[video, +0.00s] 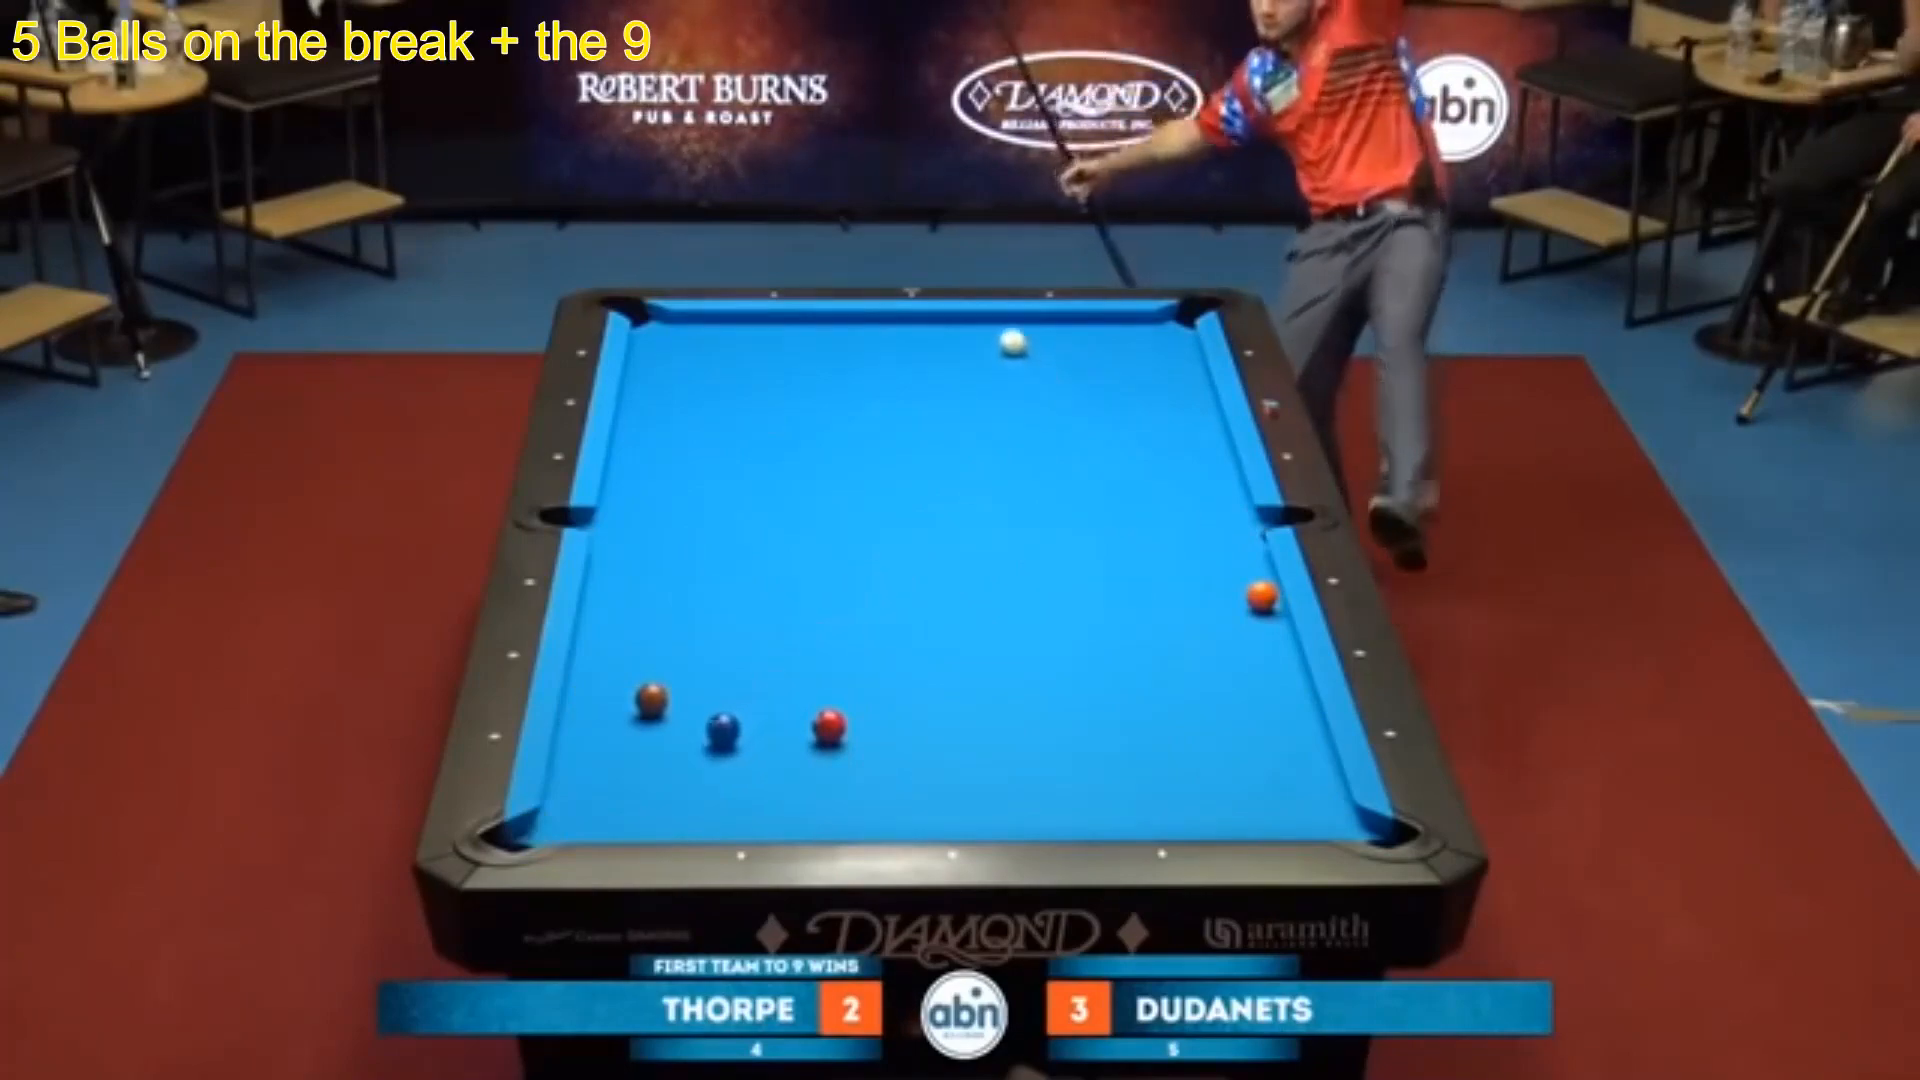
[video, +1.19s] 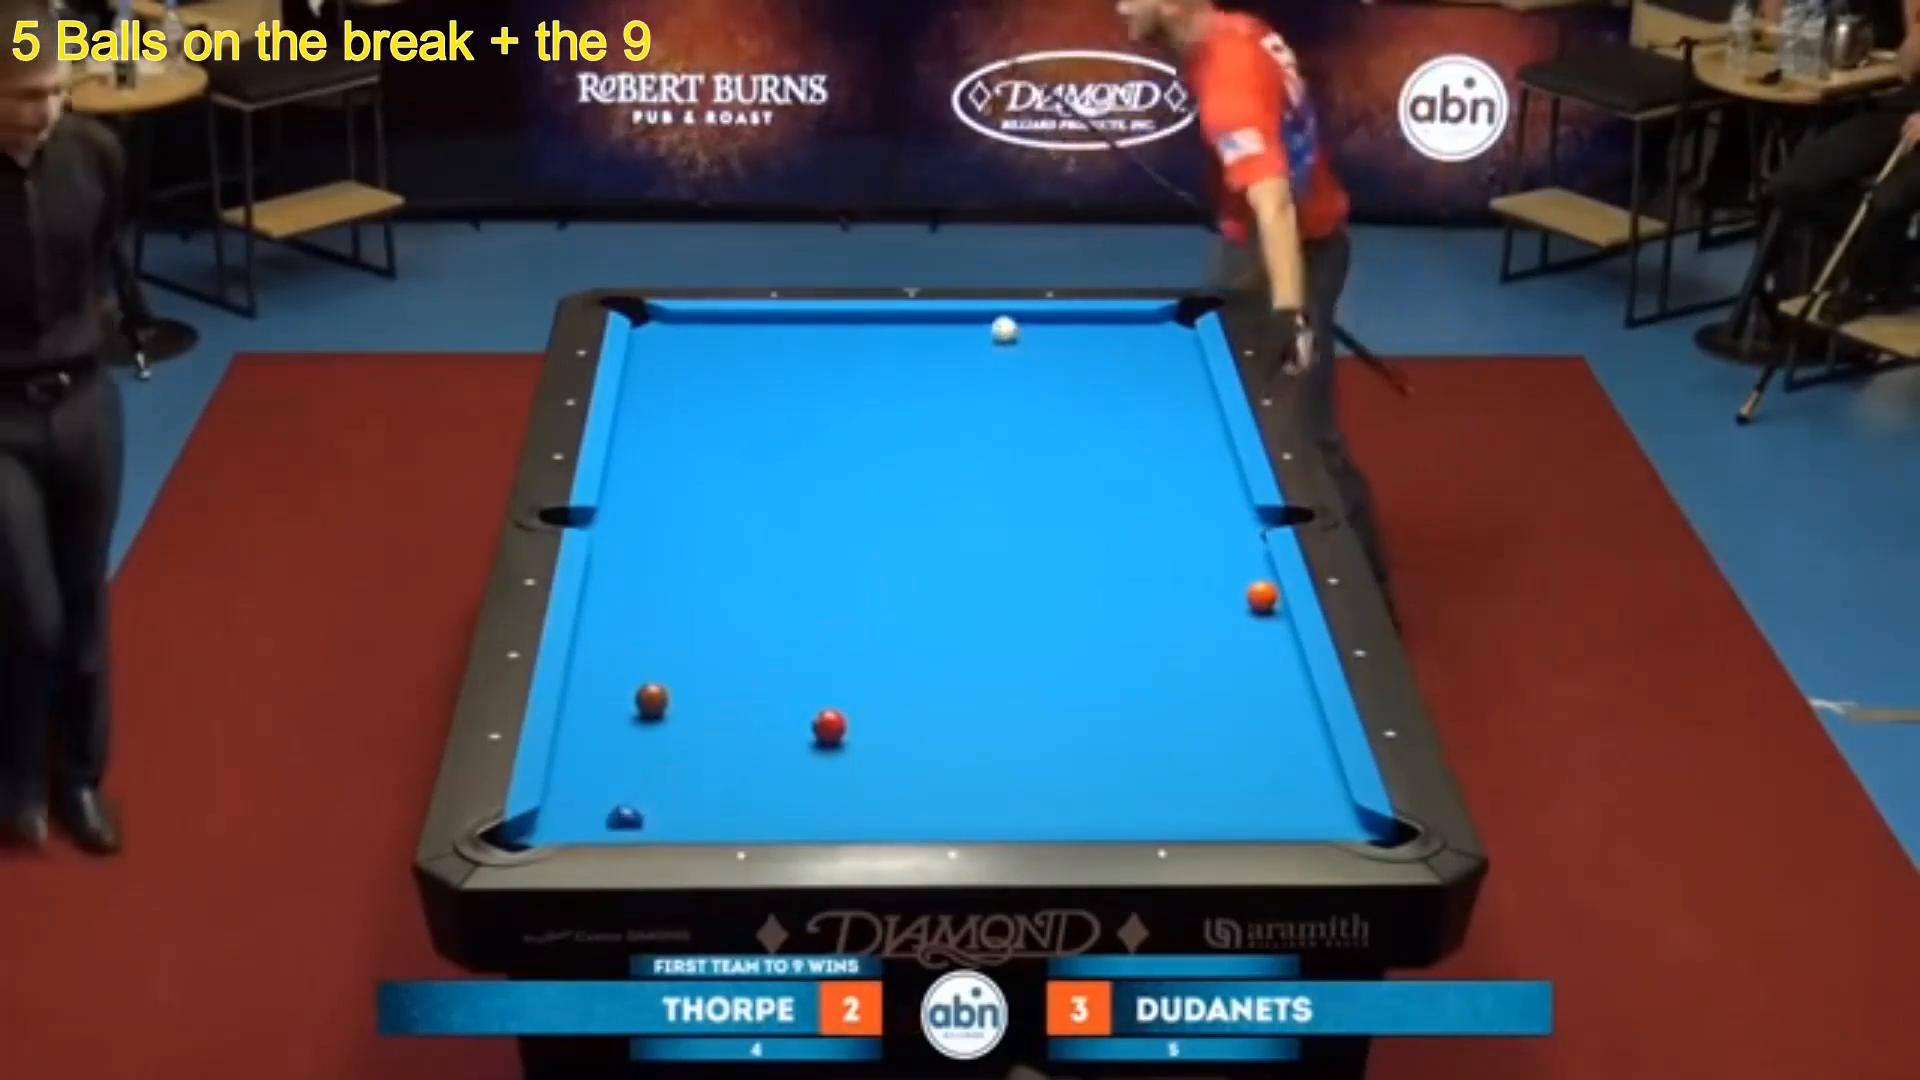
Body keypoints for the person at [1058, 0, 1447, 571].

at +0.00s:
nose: (1264, 9)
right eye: (1256, 0)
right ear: (1249, 6)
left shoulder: (1362, 19)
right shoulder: (1257, 78)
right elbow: (1191, 133)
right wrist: (1106, 163)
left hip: (1406, 220)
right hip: (1329, 235)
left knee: (1399, 337)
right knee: (1290, 380)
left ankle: (1404, 505)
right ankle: (1317, 523)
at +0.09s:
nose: (1265, 6)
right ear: (1253, 6)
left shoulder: (1360, 25)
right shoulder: (1259, 74)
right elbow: (1202, 145)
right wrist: (1120, 193)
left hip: (1403, 225)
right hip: (1327, 238)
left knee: (1390, 356)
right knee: (1289, 381)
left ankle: (1401, 536)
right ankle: (1317, 533)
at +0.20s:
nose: (1265, 8)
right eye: (1256, 1)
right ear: (1251, 6)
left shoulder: (1363, 14)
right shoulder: (1264, 70)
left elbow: (1406, 75)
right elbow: (1240, 162)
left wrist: (1390, 166)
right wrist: (1176, 244)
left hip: (1394, 231)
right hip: (1317, 242)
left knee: (1368, 392)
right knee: (1288, 398)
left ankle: (1382, 566)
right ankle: (1308, 558)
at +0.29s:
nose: (1264, 7)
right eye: (1257, 1)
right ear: (1258, 7)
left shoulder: (1372, 41)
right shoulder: (1275, 64)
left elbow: (1419, 142)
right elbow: (1267, 173)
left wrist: (1406, 257)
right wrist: (1228, 263)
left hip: (1378, 248)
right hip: (1311, 250)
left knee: (1354, 423)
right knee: (1283, 405)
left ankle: (1373, 590)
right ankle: (1305, 571)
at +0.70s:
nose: (1273, 42)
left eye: (1287, 25)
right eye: (1261, 28)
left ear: (1326, 12)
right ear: (1250, 20)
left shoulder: (1366, 94)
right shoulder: (1306, 57)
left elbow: (1385, 236)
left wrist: (1355, 347)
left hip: (1369, 271)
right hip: (1316, 249)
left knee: (1334, 441)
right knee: (1271, 389)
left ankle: (1365, 596)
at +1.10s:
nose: (1166, 41)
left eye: (1178, 26)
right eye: (1164, 26)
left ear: (1226, 19)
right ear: (1217, 21)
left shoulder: (1280, 84)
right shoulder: (1253, 47)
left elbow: (1293, 232)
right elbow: (1282, 133)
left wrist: (1285, 350)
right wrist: (1268, 204)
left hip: (1341, 249)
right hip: (1280, 236)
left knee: (1320, 429)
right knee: (1263, 398)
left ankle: (1370, 599)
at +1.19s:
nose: (1122, 11)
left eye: (1130, 1)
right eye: (1123, 3)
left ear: (1167, 4)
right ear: (1176, 6)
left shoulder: (1228, 74)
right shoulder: (1230, 31)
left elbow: (1274, 198)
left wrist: (1291, 313)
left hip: (1292, 251)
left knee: (1292, 441)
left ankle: (1357, 608)